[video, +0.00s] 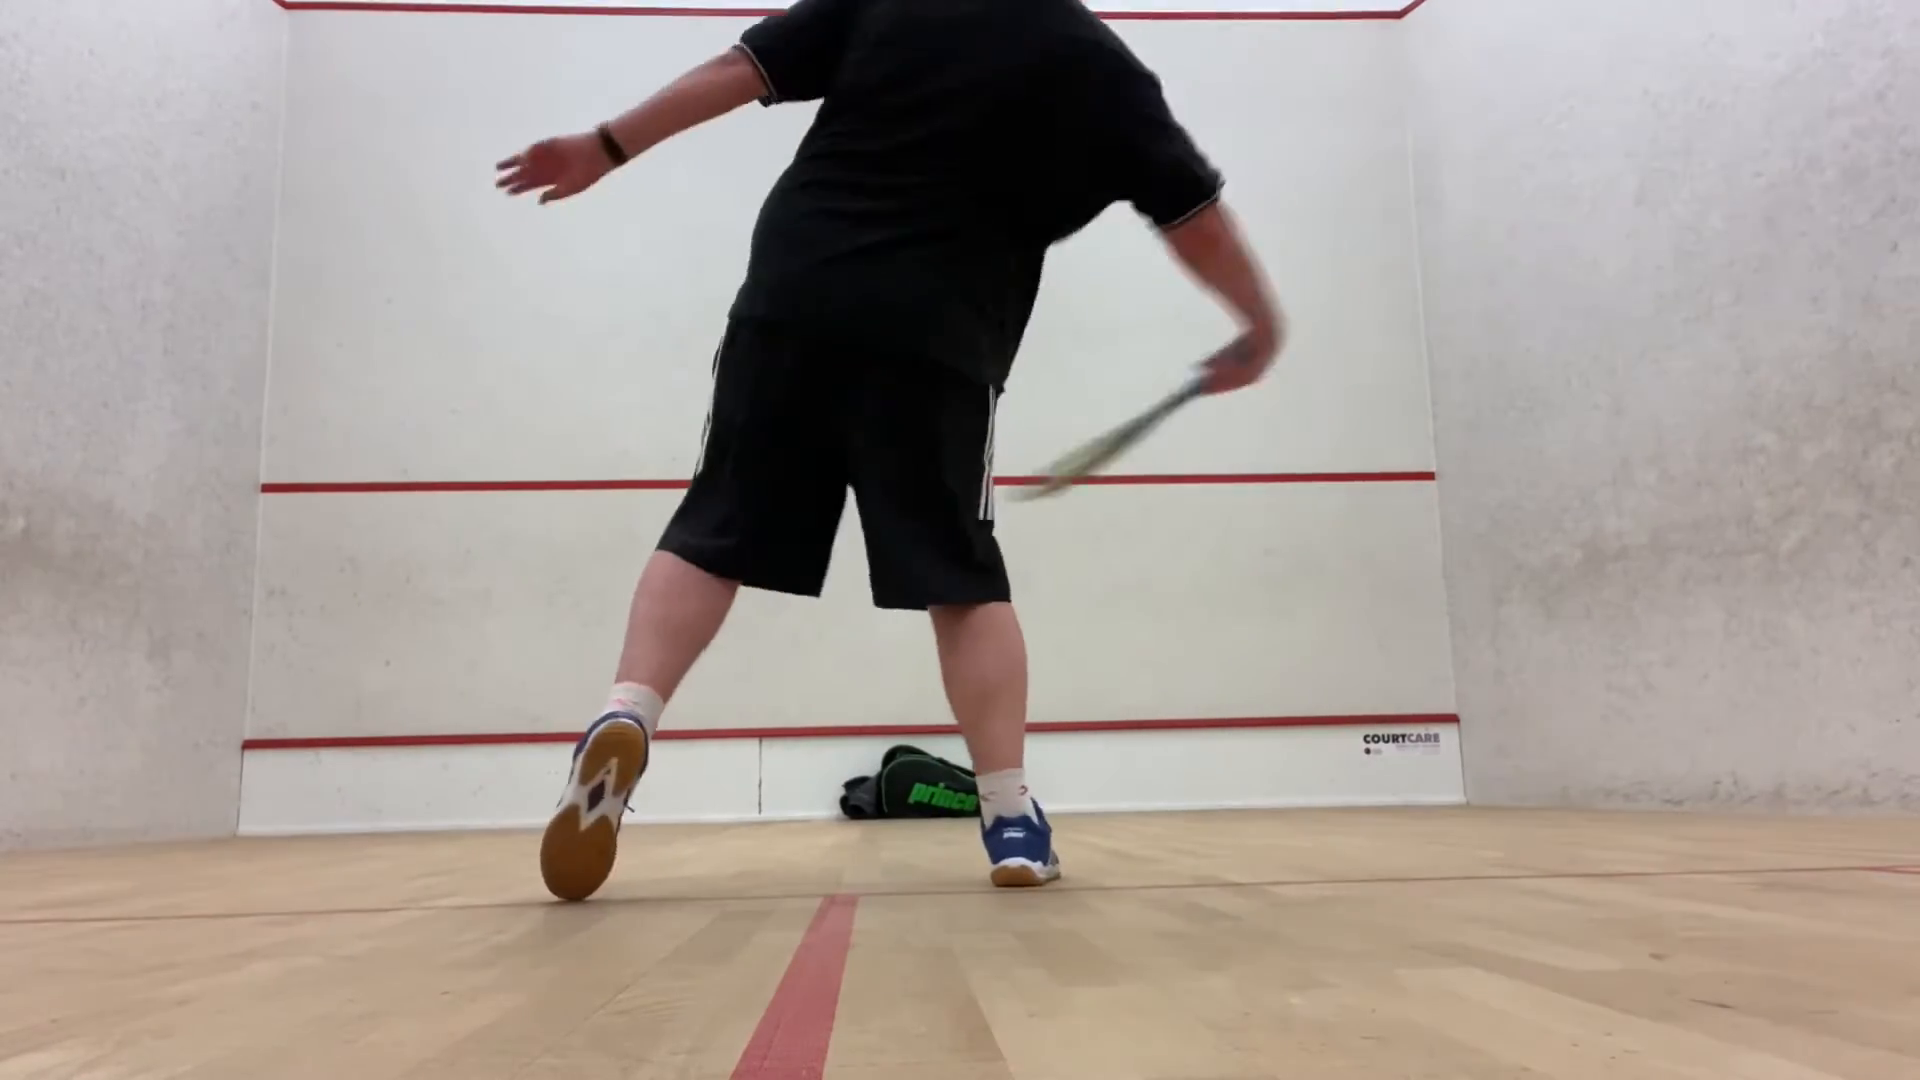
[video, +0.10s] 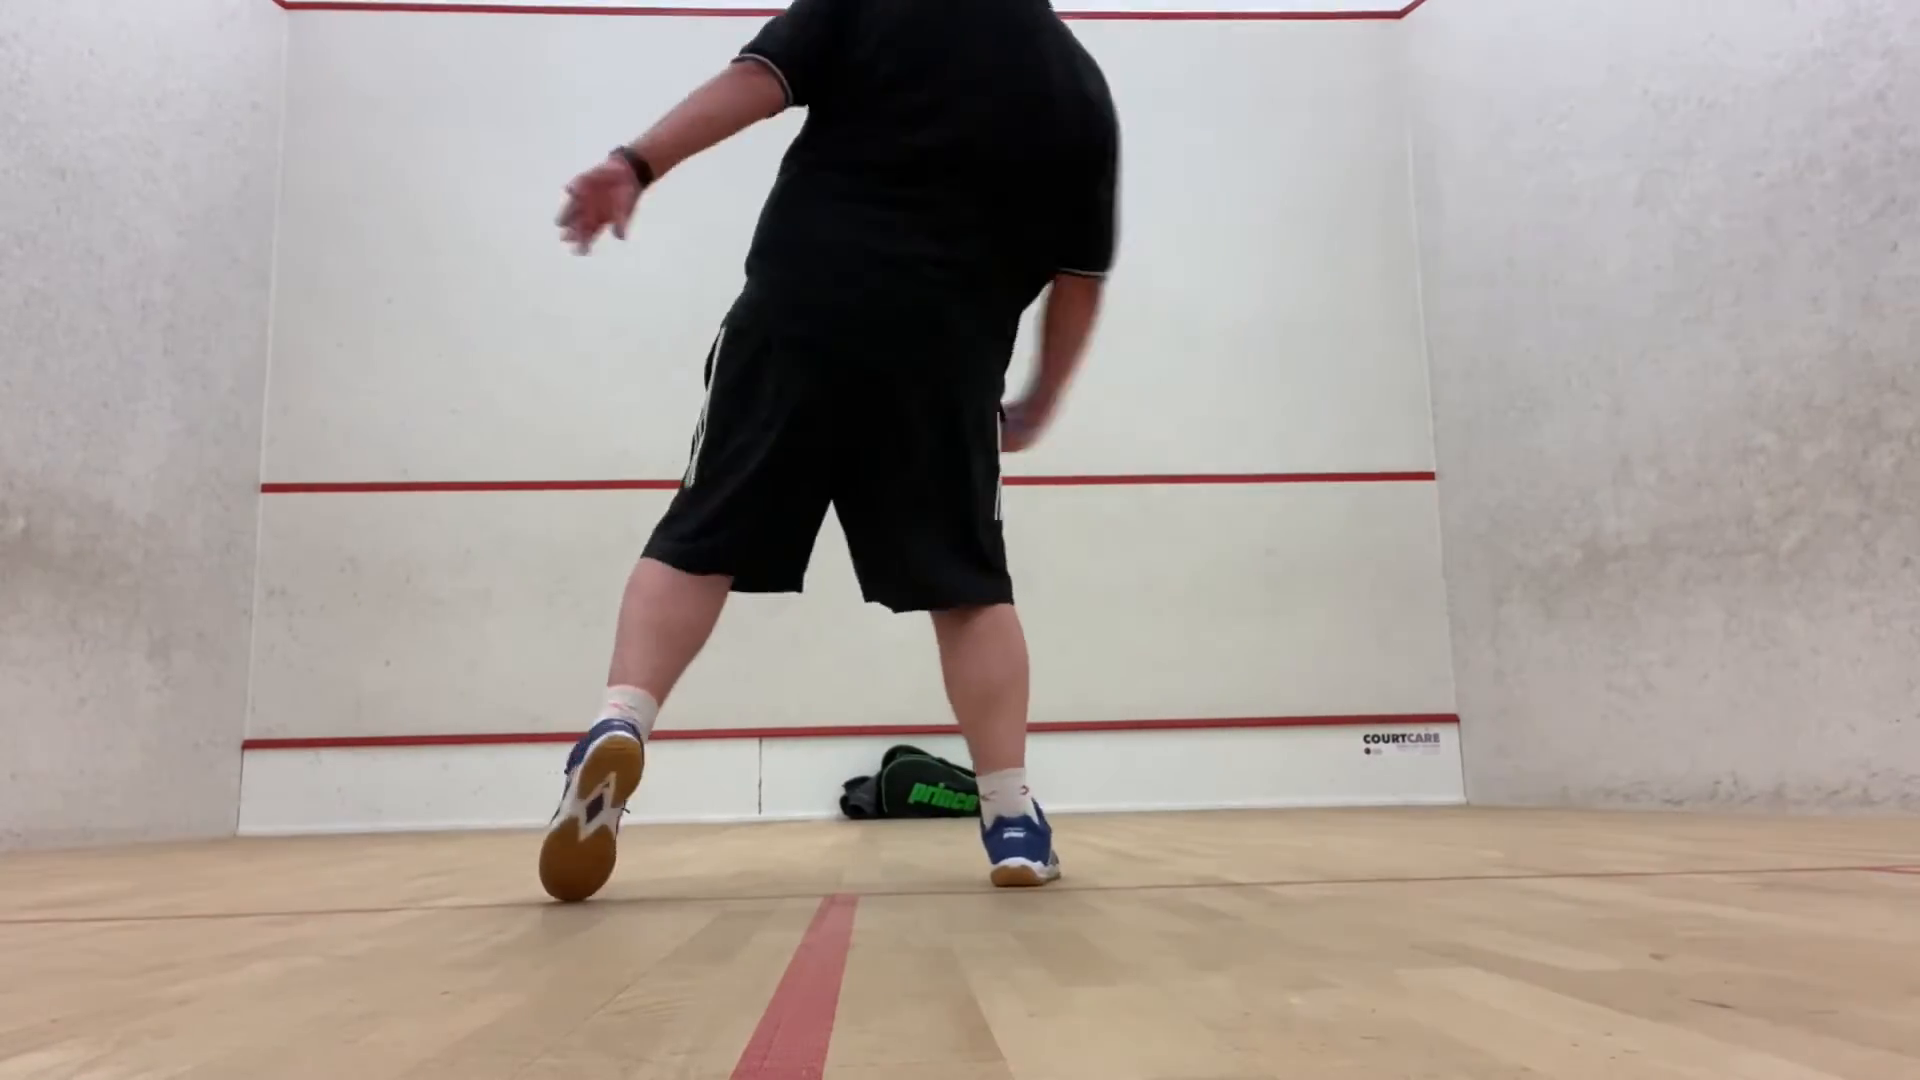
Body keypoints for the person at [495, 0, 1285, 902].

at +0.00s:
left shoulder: (881, 8)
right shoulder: (1099, 66)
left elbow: (747, 67)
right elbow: (1195, 222)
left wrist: (605, 143)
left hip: (784, 315)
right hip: (933, 349)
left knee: (719, 518)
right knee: (960, 570)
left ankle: (628, 708)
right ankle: (1012, 818)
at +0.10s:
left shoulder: (865, 7)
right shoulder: (1079, 88)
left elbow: (764, 76)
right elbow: (1080, 274)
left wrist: (638, 160)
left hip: (790, 323)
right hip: (941, 364)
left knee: (706, 527)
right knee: (967, 579)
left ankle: (622, 721)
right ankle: (1013, 818)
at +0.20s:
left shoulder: (840, 3)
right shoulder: (1042, 75)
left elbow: (773, 83)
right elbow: (1014, 274)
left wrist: (670, 194)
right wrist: (919, 318)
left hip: (784, 333)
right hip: (929, 365)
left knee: (706, 543)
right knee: (962, 584)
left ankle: (625, 756)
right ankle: (1010, 815)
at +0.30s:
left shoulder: (825, 3)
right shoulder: (1006, 64)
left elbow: (771, 85)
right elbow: (993, 257)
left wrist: (671, 218)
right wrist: (893, 310)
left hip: (781, 338)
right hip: (918, 365)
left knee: (701, 554)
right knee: (951, 589)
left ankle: (626, 781)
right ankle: (1008, 809)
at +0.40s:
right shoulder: (943, 38)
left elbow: (776, 93)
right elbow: (928, 195)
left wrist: (646, 223)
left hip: (763, 324)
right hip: (906, 338)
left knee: (646, 540)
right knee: (917, 572)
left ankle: (599, 788)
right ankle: (1012, 807)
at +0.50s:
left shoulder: (784, 1)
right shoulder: (864, 27)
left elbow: (773, 96)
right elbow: (819, 156)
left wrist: (592, 132)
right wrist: (679, 114)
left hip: (745, 308)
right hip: (876, 321)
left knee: (574, 517)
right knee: (870, 563)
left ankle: (576, 803)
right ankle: (1009, 803)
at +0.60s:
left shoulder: (758, 11)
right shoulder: (796, 21)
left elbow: (664, 32)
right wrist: (580, 7)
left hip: (682, 298)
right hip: (800, 300)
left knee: (527, 530)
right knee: (820, 564)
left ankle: (585, 825)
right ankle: (991, 798)